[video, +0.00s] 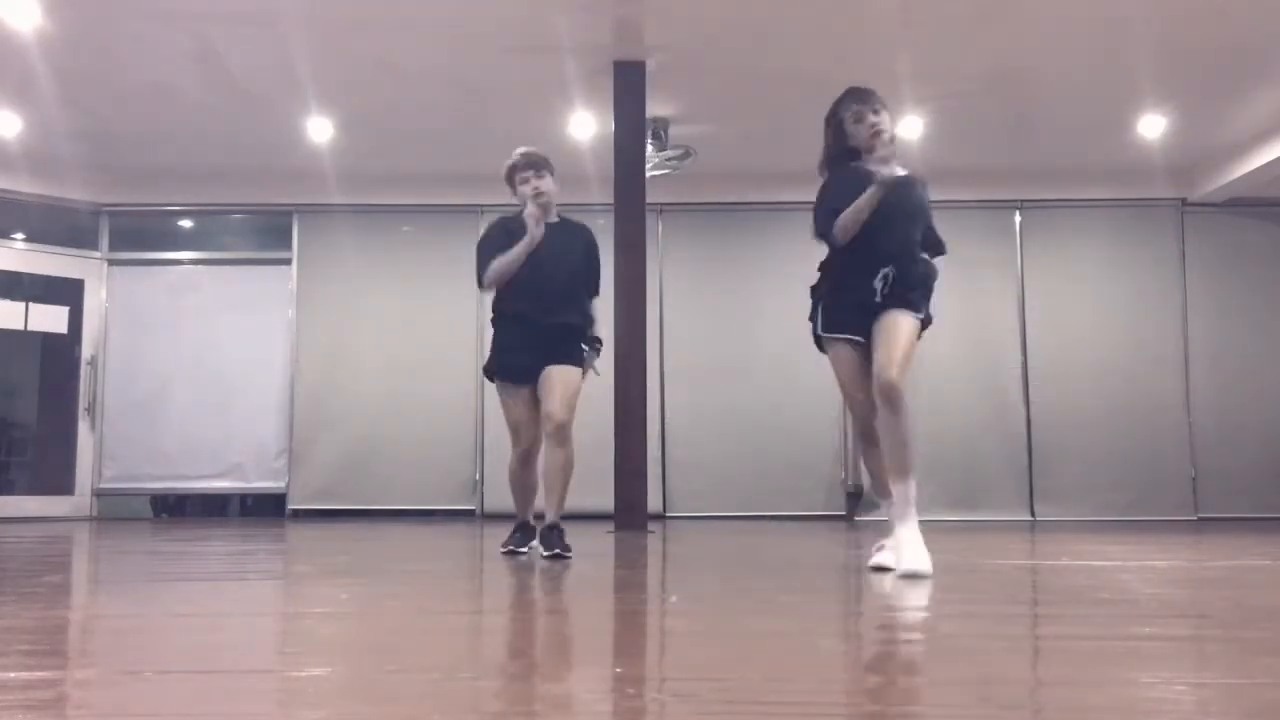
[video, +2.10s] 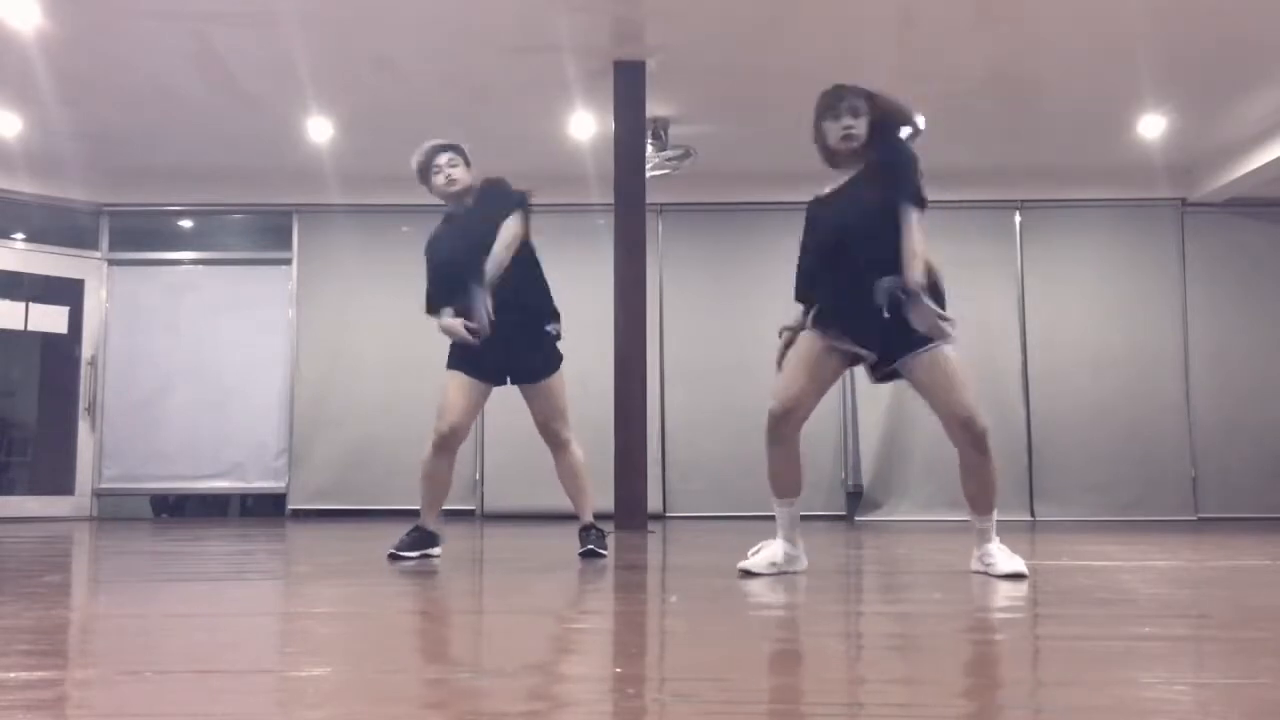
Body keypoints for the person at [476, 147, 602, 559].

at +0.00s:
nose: (533, 185)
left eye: (539, 176)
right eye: (524, 181)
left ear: (554, 181)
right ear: (514, 190)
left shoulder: (579, 234)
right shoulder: (501, 230)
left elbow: (589, 295)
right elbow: (488, 278)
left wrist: (590, 338)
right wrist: (529, 238)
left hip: (565, 341)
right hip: (514, 341)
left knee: (558, 423)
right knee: (524, 446)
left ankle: (552, 525)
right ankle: (524, 524)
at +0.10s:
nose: (556, 180)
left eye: (563, 175)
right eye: (548, 172)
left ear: (571, 188)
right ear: (531, 179)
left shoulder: (571, 239)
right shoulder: (510, 212)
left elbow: (579, 302)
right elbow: (492, 235)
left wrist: (595, 338)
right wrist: (530, 208)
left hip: (565, 340)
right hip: (515, 339)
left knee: (559, 425)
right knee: (526, 445)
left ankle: (552, 526)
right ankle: (533, 516)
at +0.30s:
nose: (561, 192)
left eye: (569, 190)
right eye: (558, 181)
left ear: (571, 200)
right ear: (537, 179)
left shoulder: (571, 245)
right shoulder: (502, 225)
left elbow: (591, 292)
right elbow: (501, 204)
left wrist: (587, 308)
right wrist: (529, 174)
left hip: (558, 341)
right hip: (506, 338)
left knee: (552, 429)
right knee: (514, 417)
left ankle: (550, 527)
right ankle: (520, 482)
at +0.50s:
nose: (528, 146)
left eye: (537, 140)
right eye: (520, 139)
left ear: (549, 152)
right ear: (506, 147)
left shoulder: (562, 209)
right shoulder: (481, 196)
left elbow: (576, 266)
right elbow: (458, 252)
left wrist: (561, 291)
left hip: (543, 320)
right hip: (491, 318)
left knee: (556, 420)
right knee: (458, 414)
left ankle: (582, 519)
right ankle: (423, 507)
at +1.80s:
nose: (524, 199)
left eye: (530, 193)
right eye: (520, 186)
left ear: (528, 201)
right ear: (493, 177)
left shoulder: (524, 239)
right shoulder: (453, 220)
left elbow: (564, 276)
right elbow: (440, 283)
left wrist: (547, 227)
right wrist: (479, 330)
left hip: (533, 343)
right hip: (480, 345)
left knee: (559, 433)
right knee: (451, 441)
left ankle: (589, 527)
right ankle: (417, 531)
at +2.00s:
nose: (470, 176)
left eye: (470, 165)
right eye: (457, 178)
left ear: (483, 164)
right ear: (449, 195)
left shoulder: (523, 212)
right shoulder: (450, 227)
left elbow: (564, 220)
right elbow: (431, 287)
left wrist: (512, 204)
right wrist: (449, 328)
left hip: (529, 342)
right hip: (473, 347)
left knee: (554, 434)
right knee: (445, 439)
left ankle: (588, 527)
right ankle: (417, 531)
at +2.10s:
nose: (446, 172)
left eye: (453, 164)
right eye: (436, 171)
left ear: (470, 170)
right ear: (430, 188)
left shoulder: (496, 192)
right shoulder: (440, 241)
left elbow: (514, 230)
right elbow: (438, 300)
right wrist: (447, 321)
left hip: (528, 331)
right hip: (475, 339)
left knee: (557, 432)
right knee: (447, 431)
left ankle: (589, 526)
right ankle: (426, 530)